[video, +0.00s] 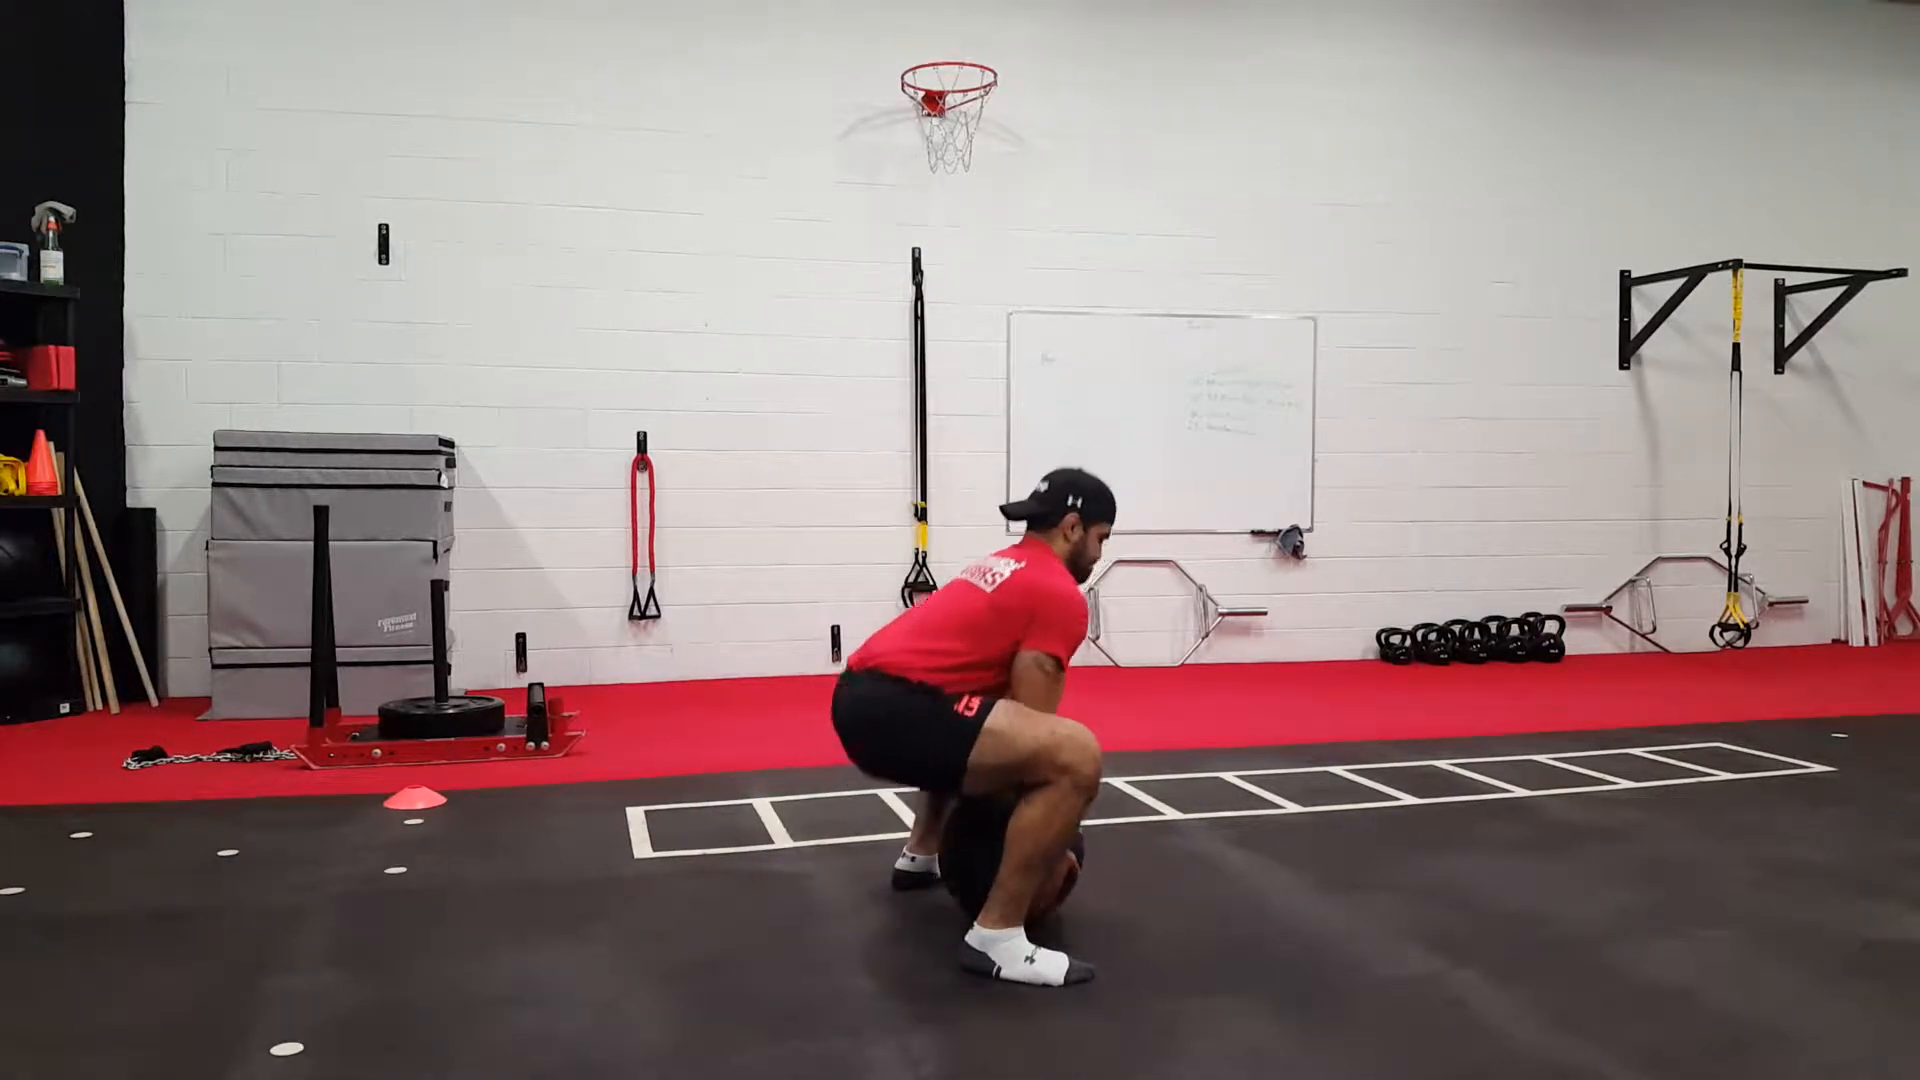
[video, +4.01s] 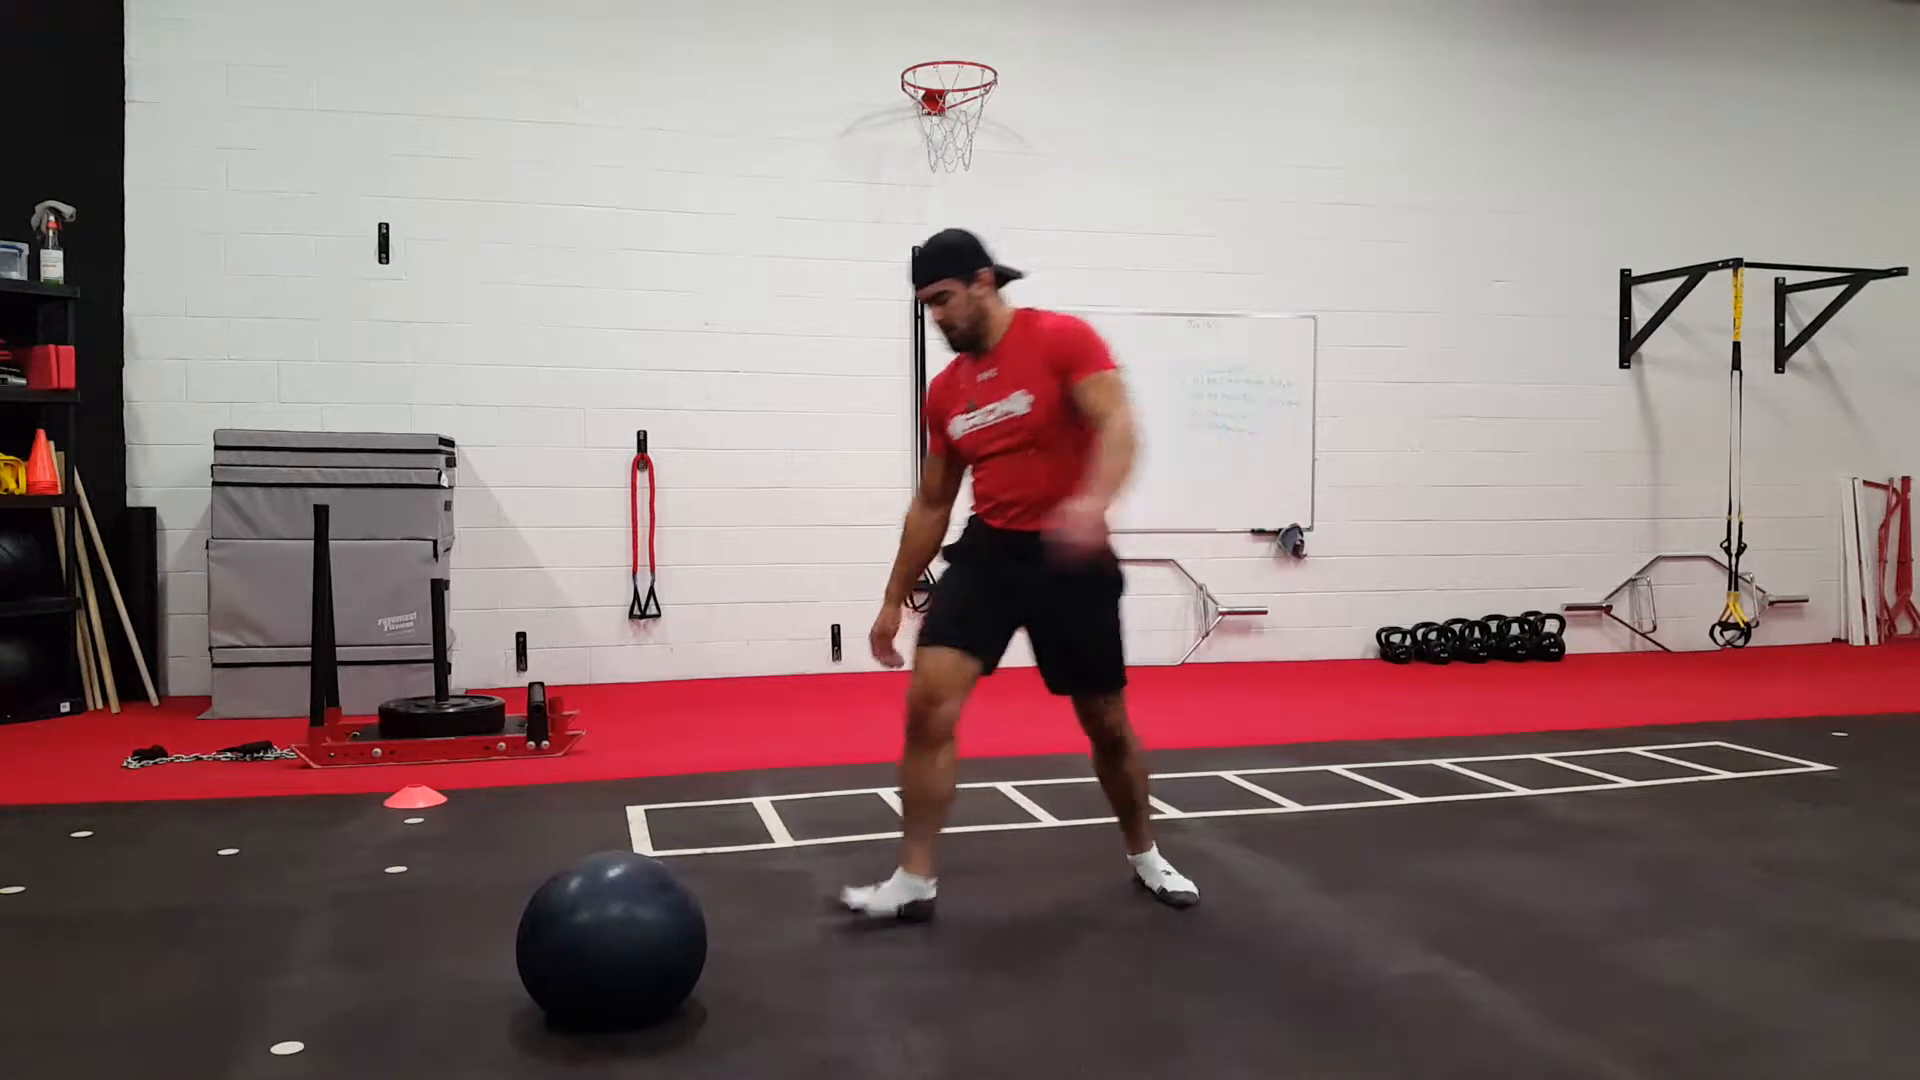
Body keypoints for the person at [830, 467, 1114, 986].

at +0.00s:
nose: (1101, 552)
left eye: (1105, 540)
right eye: (1102, 537)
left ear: (1054, 525)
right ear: (1072, 528)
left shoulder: (1006, 562)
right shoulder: (1057, 593)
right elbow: (1033, 737)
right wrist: (1055, 845)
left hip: (863, 698)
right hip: (897, 712)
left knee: (980, 716)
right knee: (1074, 757)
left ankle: (923, 851)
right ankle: (996, 934)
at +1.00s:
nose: (1038, 420)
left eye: (1035, 407)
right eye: (1031, 408)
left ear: (985, 417)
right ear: (998, 415)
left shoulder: (957, 474)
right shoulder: (1017, 490)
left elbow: (969, 611)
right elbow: (1021, 627)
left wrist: (1033, 659)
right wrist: (1060, 714)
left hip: (866, 641)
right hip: (905, 652)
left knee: (980, 698)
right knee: (1076, 755)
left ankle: (922, 849)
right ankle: (997, 931)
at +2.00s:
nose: (1010, 473)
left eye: (1005, 461)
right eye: (1000, 463)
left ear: (962, 483)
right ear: (969, 480)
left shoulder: (932, 544)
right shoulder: (985, 568)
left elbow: (975, 658)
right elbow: (1067, 697)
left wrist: (1078, 688)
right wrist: (1109, 708)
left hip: (876, 720)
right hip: (914, 730)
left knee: (995, 707)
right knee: (1096, 758)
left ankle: (925, 850)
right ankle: (1011, 929)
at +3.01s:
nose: (964, 273)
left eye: (956, 263)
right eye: (946, 268)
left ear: (927, 298)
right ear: (919, 297)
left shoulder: (925, 367)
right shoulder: (978, 347)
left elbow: (1029, 359)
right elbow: (1102, 363)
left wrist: (1048, 275)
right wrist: (1127, 274)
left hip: (974, 537)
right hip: (1019, 528)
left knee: (1006, 704)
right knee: (1080, 712)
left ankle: (927, 844)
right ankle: (1034, 895)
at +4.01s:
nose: (936, 315)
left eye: (944, 298)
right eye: (927, 304)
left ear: (986, 283)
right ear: (929, 306)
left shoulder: (1060, 338)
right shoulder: (945, 393)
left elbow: (1118, 426)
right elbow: (932, 500)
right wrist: (894, 600)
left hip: (1072, 548)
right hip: (990, 553)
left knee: (1110, 727)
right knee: (930, 706)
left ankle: (1143, 853)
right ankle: (915, 877)